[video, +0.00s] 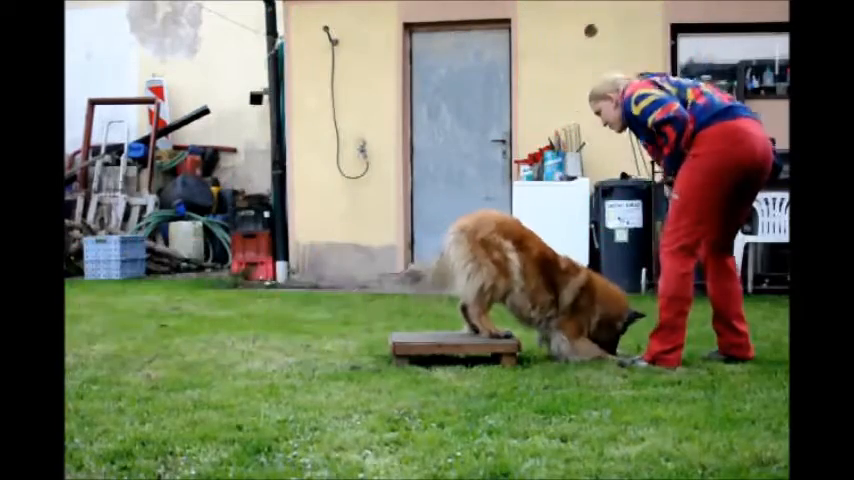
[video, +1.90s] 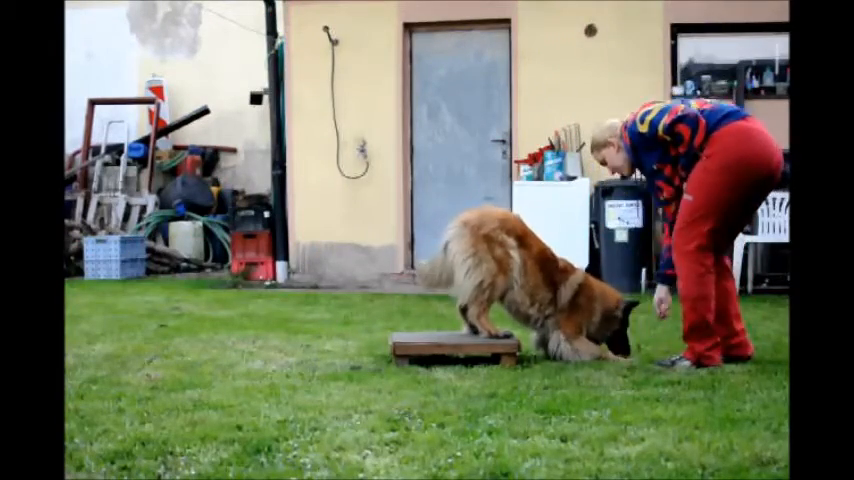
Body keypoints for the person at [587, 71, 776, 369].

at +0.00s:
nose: (602, 122)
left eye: (600, 112)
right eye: (598, 116)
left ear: (613, 97)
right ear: (615, 99)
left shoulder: (635, 92)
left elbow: (675, 118)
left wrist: (671, 172)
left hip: (722, 139)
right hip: (758, 142)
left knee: (676, 249)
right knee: (717, 249)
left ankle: (663, 354)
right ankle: (736, 347)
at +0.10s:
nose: (608, 97)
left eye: (605, 89)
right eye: (604, 92)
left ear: (621, 75)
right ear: (622, 75)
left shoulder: (641, 76)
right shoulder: (668, 69)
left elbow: (674, 109)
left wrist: (666, 161)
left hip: (720, 136)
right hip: (755, 136)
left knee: (680, 250)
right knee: (721, 247)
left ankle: (663, 354)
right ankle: (736, 346)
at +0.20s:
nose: (622, 64)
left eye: (620, 54)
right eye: (619, 57)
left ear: (636, 40)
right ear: (649, 37)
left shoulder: (654, 54)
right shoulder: (689, 47)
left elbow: (675, 100)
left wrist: (666, 142)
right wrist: (685, 139)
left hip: (717, 137)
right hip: (755, 138)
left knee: (683, 248)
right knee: (723, 247)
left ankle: (664, 353)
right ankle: (736, 347)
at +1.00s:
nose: (619, 69)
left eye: (619, 60)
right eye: (614, 64)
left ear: (637, 45)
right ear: (637, 49)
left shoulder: (672, 54)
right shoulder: (672, 58)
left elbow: (711, 100)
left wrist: (690, 156)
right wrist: (690, 176)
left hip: (739, 139)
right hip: (758, 138)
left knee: (706, 243)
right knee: (733, 247)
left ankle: (704, 350)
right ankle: (737, 344)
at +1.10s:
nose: (610, 95)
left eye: (609, 85)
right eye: (605, 90)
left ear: (627, 69)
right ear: (626, 73)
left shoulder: (662, 69)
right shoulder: (659, 93)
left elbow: (709, 110)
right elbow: (691, 163)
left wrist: (694, 162)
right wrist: (676, 216)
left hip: (743, 138)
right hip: (756, 139)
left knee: (709, 245)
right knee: (730, 248)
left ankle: (704, 350)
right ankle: (737, 344)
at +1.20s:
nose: (605, 132)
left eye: (602, 122)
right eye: (599, 126)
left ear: (618, 104)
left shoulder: (648, 92)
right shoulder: (655, 137)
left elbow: (704, 113)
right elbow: (669, 194)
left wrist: (695, 165)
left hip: (743, 137)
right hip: (759, 139)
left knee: (705, 244)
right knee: (724, 248)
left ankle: (703, 351)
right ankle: (736, 345)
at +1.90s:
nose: (610, 171)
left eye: (605, 162)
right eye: (604, 167)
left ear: (614, 142)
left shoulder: (638, 123)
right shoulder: (658, 165)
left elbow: (687, 121)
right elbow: (671, 217)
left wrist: (690, 169)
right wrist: (664, 282)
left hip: (736, 144)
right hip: (763, 149)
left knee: (689, 244)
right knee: (714, 250)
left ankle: (702, 351)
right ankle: (733, 344)